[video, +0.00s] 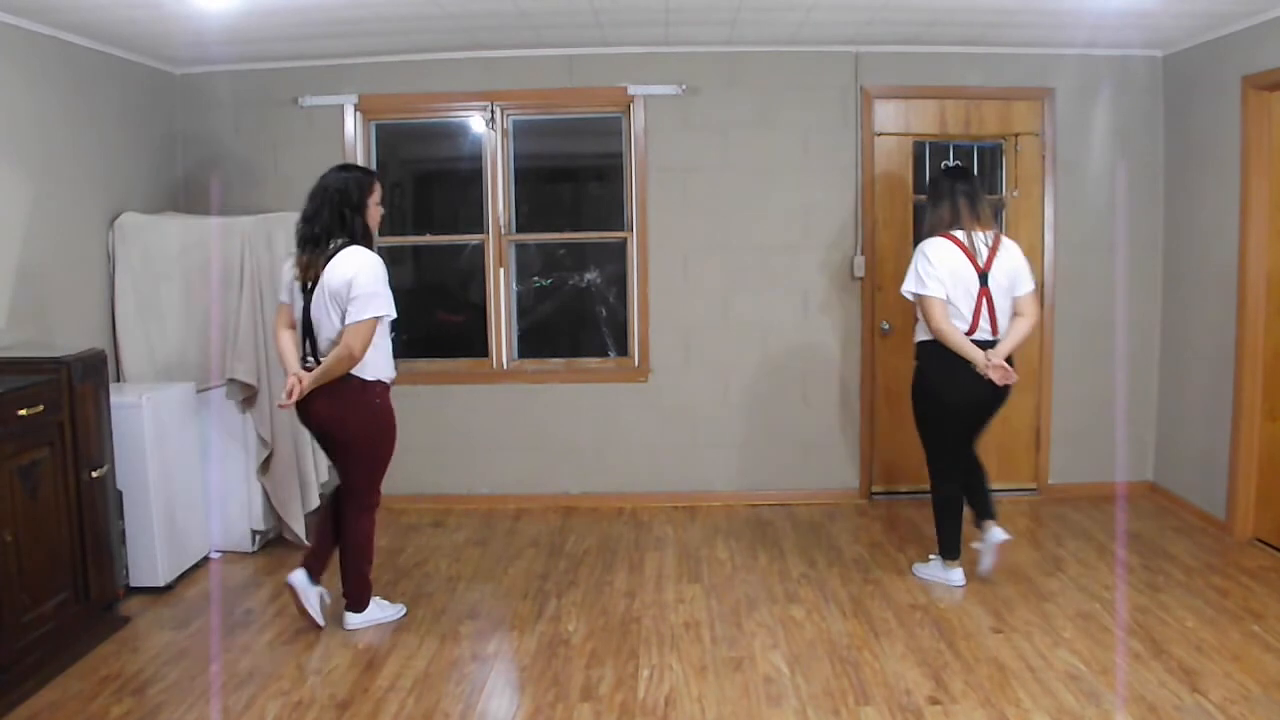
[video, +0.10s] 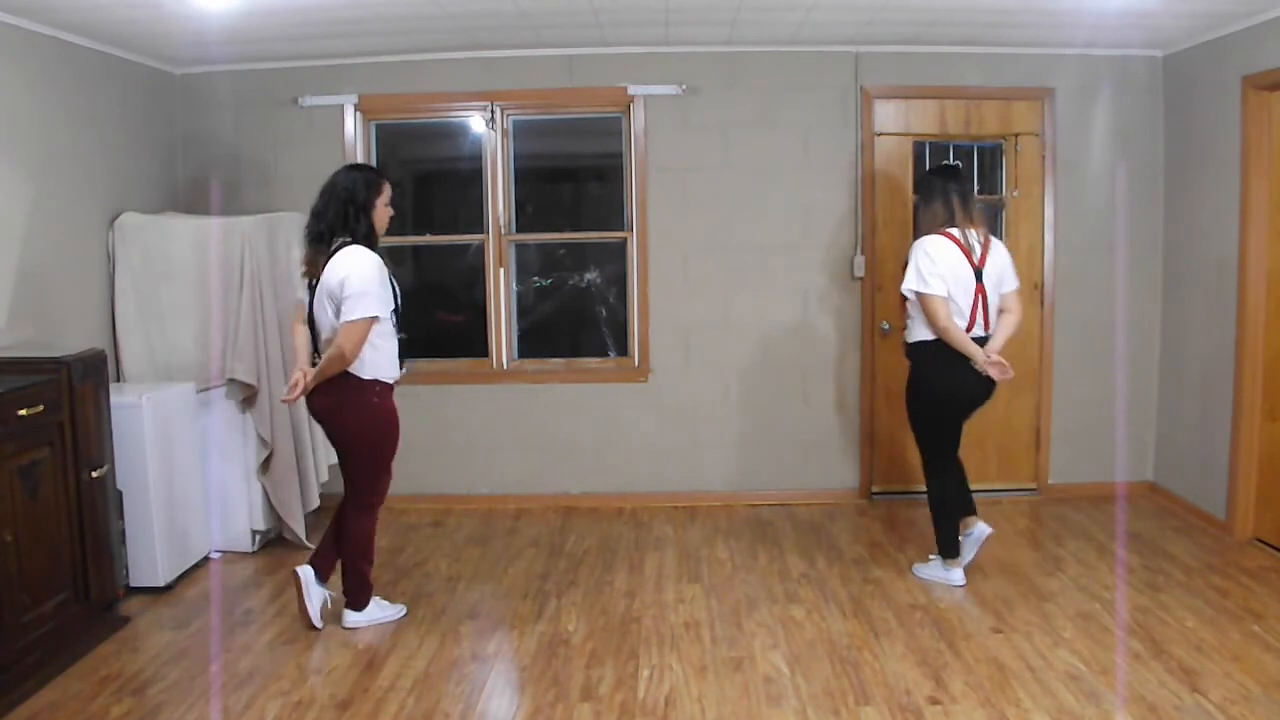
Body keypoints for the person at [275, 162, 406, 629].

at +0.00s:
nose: (382, 213)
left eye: (381, 203)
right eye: (377, 204)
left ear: (327, 207)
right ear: (355, 208)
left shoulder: (304, 262)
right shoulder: (366, 265)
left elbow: (285, 326)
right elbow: (352, 348)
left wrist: (295, 372)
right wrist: (310, 379)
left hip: (317, 397)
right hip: (359, 399)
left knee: (351, 486)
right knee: (362, 500)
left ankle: (309, 573)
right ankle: (359, 605)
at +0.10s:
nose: (391, 213)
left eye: (390, 204)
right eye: (386, 204)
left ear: (352, 207)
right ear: (363, 207)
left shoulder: (333, 259)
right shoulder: (364, 264)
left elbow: (301, 322)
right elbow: (348, 347)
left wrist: (302, 369)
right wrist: (312, 377)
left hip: (333, 392)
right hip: (362, 396)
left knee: (365, 488)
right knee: (365, 497)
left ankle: (317, 572)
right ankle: (359, 603)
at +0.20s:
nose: (396, 214)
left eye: (396, 205)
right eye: (391, 205)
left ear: (359, 206)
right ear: (367, 207)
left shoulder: (342, 257)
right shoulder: (362, 262)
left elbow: (322, 331)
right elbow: (343, 345)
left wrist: (310, 366)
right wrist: (315, 374)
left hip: (352, 391)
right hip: (362, 394)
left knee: (378, 485)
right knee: (365, 493)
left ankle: (316, 572)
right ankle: (357, 601)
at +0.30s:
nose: (405, 217)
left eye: (405, 208)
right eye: (399, 208)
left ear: (369, 209)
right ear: (374, 209)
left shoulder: (363, 259)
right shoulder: (360, 263)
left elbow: (340, 341)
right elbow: (341, 348)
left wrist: (319, 364)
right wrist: (319, 373)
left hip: (372, 393)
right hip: (359, 395)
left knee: (386, 486)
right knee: (364, 493)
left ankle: (316, 564)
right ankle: (354, 601)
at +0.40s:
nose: (416, 220)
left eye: (417, 211)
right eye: (410, 210)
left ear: (385, 214)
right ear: (384, 211)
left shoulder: (382, 263)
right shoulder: (364, 264)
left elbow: (361, 332)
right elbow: (341, 350)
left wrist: (326, 369)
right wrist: (324, 375)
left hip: (389, 393)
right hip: (363, 395)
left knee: (408, 486)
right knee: (366, 495)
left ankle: (328, 549)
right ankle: (354, 601)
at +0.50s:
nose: (430, 223)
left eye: (431, 214)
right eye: (424, 213)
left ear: (403, 215)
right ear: (398, 213)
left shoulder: (398, 263)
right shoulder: (372, 262)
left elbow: (372, 334)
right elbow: (344, 348)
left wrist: (335, 369)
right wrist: (335, 372)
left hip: (401, 394)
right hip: (371, 397)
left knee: (434, 480)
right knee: (367, 500)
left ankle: (365, 546)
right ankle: (353, 602)